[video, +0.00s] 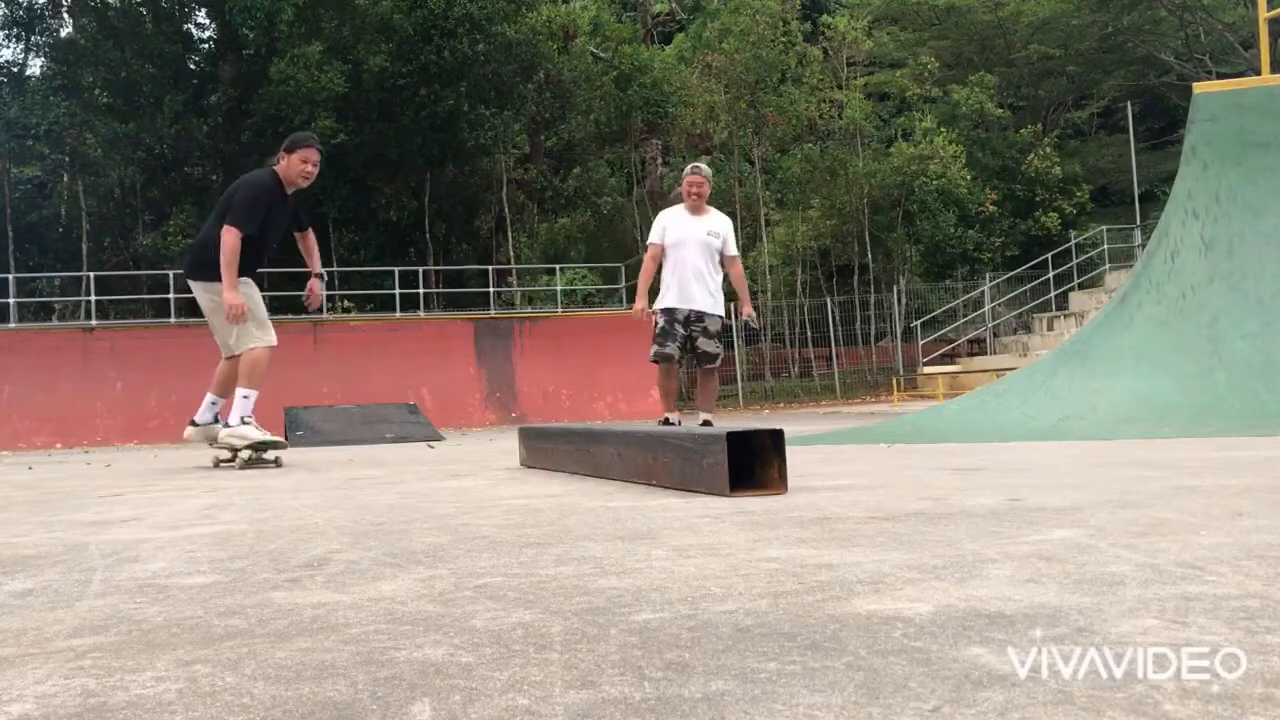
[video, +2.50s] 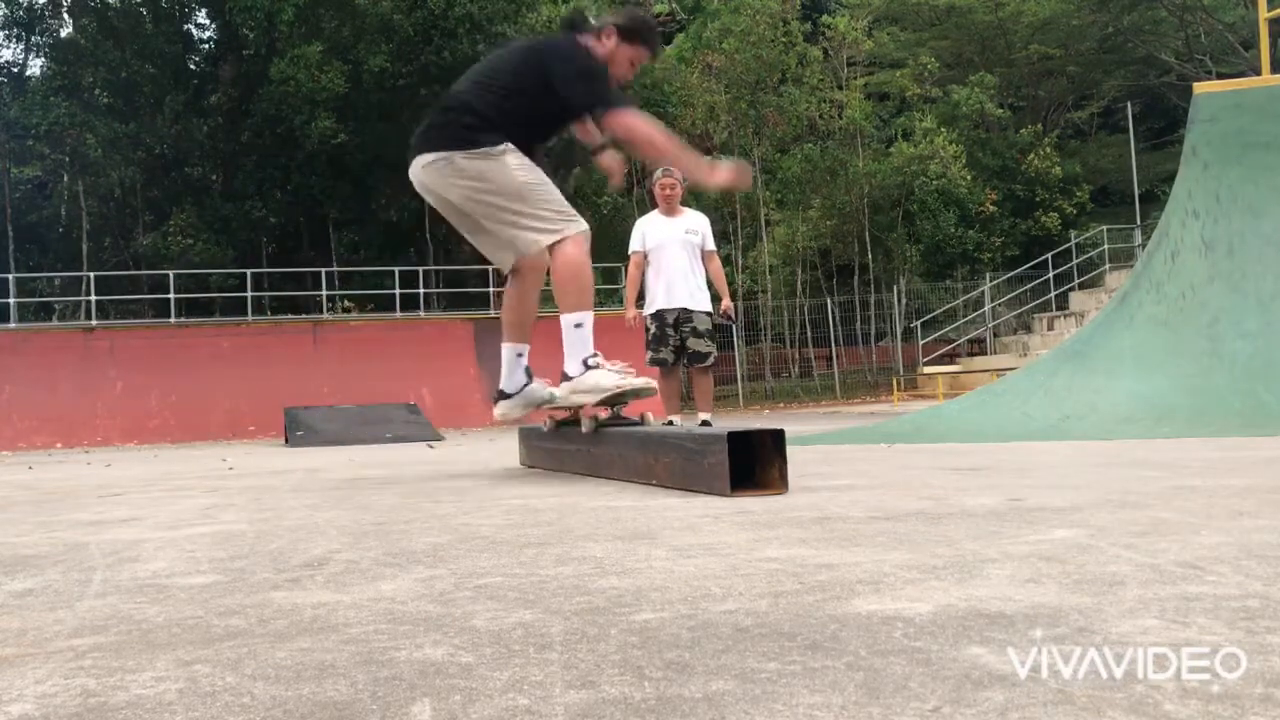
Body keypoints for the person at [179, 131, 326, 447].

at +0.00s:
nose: (310, 170)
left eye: (315, 164)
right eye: (304, 161)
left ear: (318, 168)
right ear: (282, 159)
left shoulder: (289, 199)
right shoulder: (258, 185)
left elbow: (305, 235)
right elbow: (230, 233)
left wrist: (316, 274)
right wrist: (230, 290)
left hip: (211, 272)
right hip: (220, 272)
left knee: (238, 351)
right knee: (261, 342)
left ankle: (204, 420)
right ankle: (239, 422)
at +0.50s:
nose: (352, 148)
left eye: (358, 144)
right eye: (346, 139)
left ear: (360, 149)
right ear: (322, 136)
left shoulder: (330, 181)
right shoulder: (293, 165)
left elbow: (344, 232)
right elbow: (258, 217)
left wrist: (357, 286)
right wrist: (256, 282)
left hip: (255, 263)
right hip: (261, 263)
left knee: (282, 345)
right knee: (306, 333)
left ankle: (240, 422)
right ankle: (285, 419)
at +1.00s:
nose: (404, 135)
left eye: (411, 129)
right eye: (398, 124)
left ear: (414, 134)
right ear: (371, 120)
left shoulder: (373, 168)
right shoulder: (341, 154)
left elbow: (370, 231)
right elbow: (311, 221)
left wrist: (361, 289)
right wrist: (307, 290)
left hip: (290, 254)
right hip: (297, 253)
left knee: (330, 344)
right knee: (357, 327)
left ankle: (278, 421)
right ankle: (327, 419)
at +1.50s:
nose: (468, 131)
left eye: (474, 124)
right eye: (462, 119)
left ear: (475, 128)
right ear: (434, 109)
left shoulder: (422, 157)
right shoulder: (405, 143)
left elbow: (415, 230)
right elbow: (371, 212)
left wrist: (417, 290)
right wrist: (369, 288)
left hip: (323, 243)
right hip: (331, 239)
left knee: (384, 336)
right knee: (413, 313)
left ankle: (323, 420)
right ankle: (374, 417)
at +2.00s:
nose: (508, 77)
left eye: (512, 69)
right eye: (502, 66)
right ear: (472, 54)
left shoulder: (449, 101)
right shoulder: (455, 82)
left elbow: (505, 121)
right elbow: (522, 86)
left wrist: (557, 84)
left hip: (374, 226)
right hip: (409, 217)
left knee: (451, 324)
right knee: (485, 303)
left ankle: (382, 409)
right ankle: (451, 409)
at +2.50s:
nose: (630, 76)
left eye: (637, 69)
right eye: (632, 62)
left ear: (601, 37)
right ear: (608, 38)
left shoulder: (558, 56)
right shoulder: (578, 58)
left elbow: (577, 117)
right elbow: (626, 124)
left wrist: (602, 153)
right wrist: (703, 169)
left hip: (432, 160)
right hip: (468, 151)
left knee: (529, 260)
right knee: (569, 234)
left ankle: (514, 387)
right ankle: (581, 367)